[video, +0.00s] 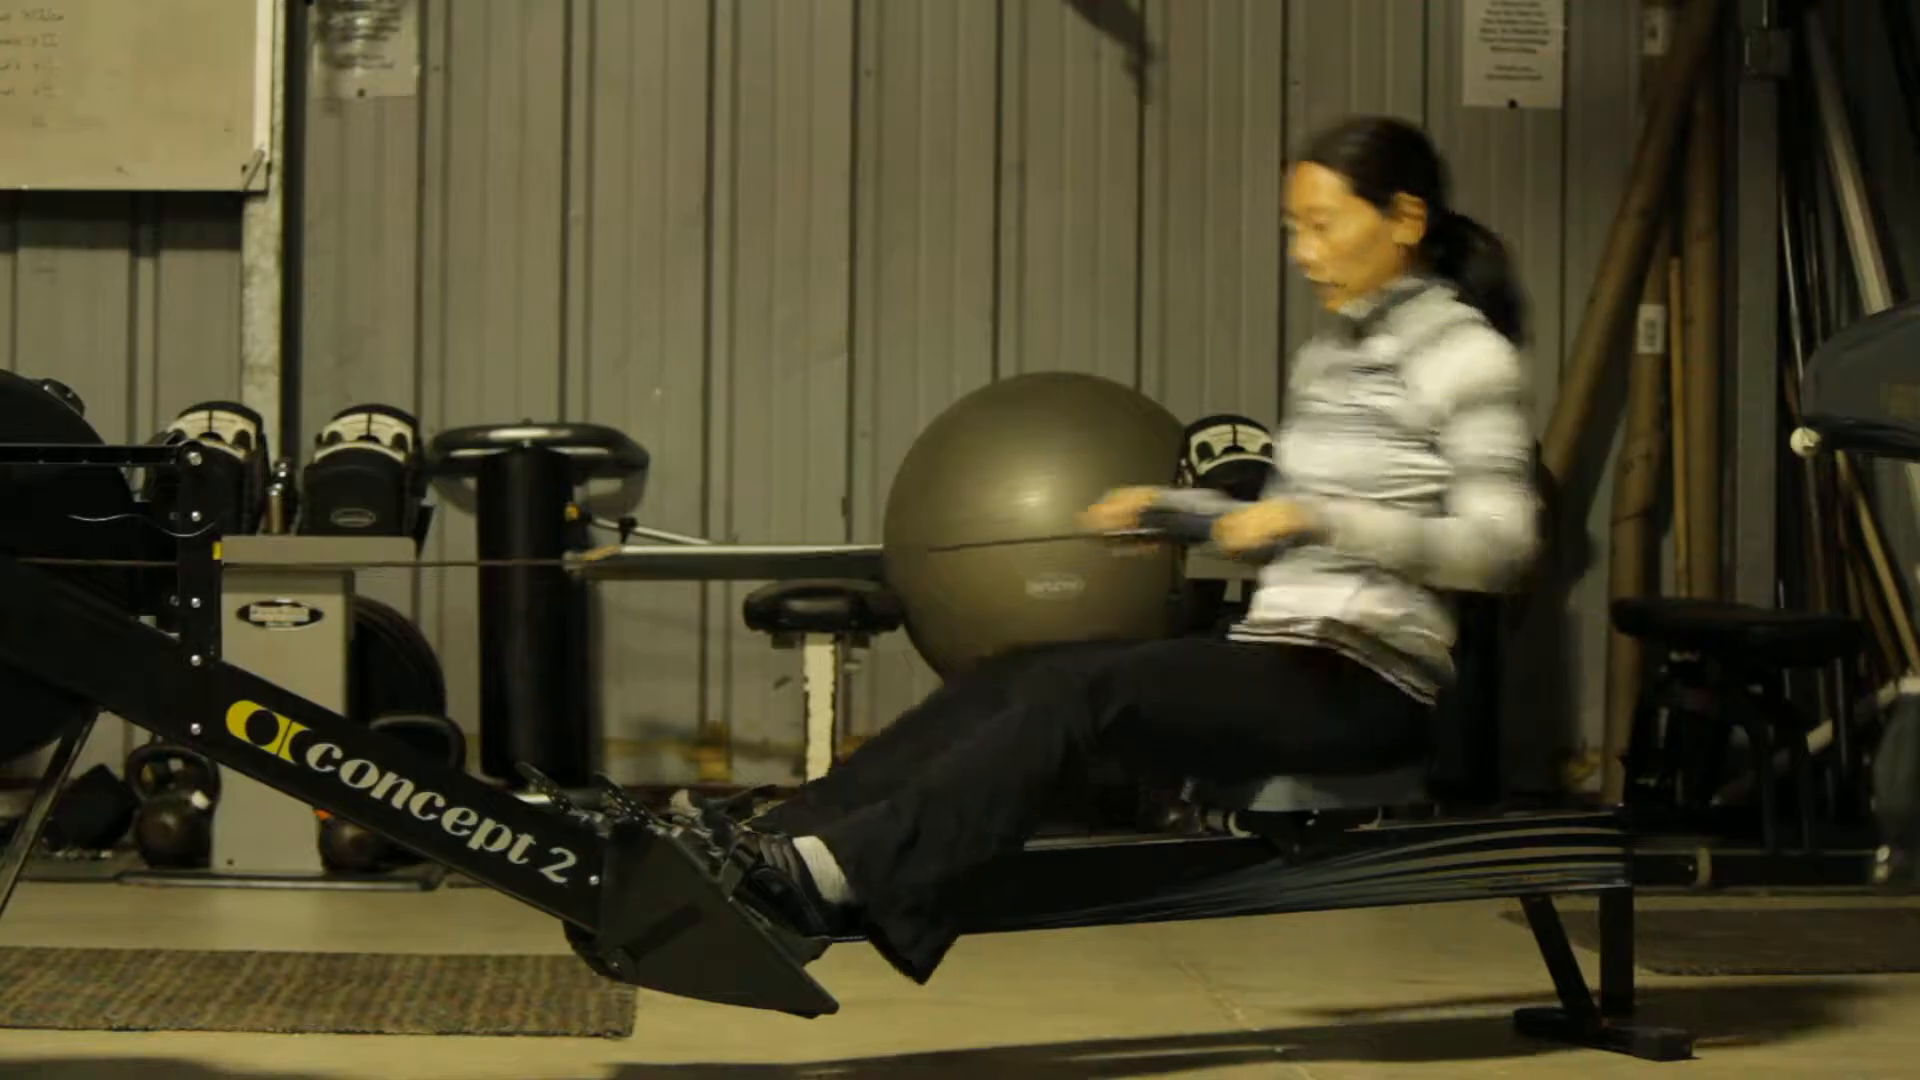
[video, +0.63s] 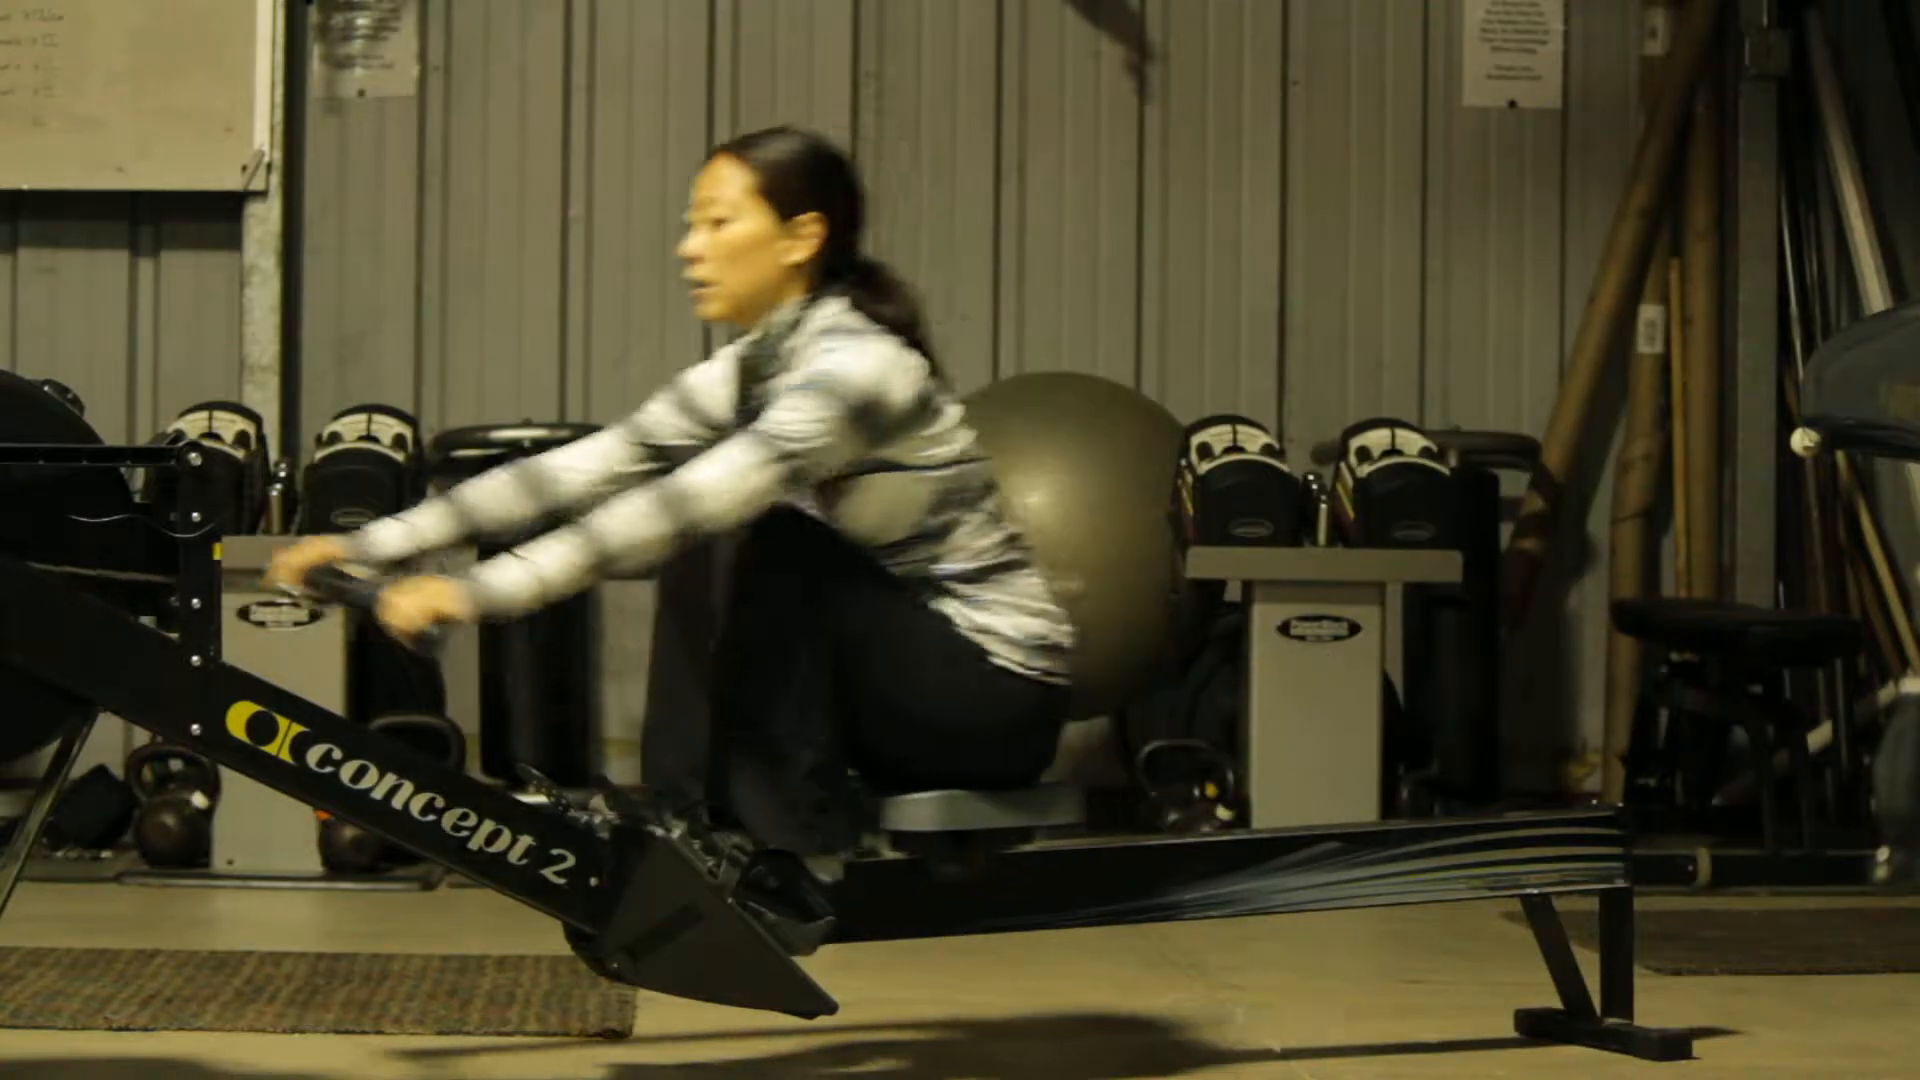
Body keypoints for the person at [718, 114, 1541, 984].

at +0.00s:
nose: (1301, 252)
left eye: (1320, 224)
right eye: (1295, 229)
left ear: (1406, 223)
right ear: (1302, 229)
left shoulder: (1466, 352)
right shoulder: (1332, 349)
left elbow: (1501, 543)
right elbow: (1298, 511)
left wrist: (1317, 519)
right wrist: (1175, 507)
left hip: (1370, 675)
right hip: (1275, 653)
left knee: (1069, 693)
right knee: (1011, 678)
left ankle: (826, 883)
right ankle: (777, 842)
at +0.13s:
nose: (1174, 228)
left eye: (1197, 201)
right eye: (1171, 203)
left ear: (1284, 201)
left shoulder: (1340, 332)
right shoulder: (1196, 347)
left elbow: (1313, 529)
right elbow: (1119, 516)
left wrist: (1107, 570)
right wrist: (955, 544)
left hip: (1315, 684)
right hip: (1215, 660)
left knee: (1027, 648)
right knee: (969, 634)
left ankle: (838, 874)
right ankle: (779, 834)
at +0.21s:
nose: (1080, 225)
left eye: (1105, 196)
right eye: (1077, 200)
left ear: (1194, 201)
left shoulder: (1248, 336)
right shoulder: (1113, 343)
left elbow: (1162, 538)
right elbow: (995, 509)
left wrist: (976, 612)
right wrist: (834, 584)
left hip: (1247, 692)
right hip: (1146, 663)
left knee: (966, 651)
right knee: (897, 623)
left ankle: (827, 877)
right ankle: (766, 838)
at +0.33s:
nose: (942, 225)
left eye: (969, 197)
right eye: (942, 201)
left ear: (1060, 206)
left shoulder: (1105, 341)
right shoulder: (987, 343)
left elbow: (988, 534)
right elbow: (856, 491)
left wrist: (812, 652)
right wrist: (675, 609)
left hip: (1166, 691)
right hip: (1072, 670)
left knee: (911, 617)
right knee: (841, 571)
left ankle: (845, 875)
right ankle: (760, 831)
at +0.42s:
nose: (859, 230)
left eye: (887, 203)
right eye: (858, 207)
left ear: (974, 212)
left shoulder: (1016, 346)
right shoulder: (904, 352)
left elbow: (890, 530)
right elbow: (762, 489)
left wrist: (712, 653)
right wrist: (575, 603)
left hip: (1109, 697)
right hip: (1022, 690)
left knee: (880, 576)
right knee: (824, 568)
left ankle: (821, 867)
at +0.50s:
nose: (779, 235)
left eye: (808, 209)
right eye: (781, 211)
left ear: (896, 222)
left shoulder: (942, 355)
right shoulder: (835, 354)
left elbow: (792, 530)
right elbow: (679, 479)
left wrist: (605, 640)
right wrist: (480, 585)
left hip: (1057, 691)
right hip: (975, 677)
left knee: (837, 567)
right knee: (767, 568)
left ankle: (793, 866)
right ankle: (696, 829)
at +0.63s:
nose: (688, 250)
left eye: (717, 224)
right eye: (691, 225)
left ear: (803, 240)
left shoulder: (858, 365)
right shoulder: (748, 369)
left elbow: (690, 503)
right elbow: (576, 470)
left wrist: (479, 591)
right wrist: (366, 547)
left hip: (995, 695)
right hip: (912, 685)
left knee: (771, 539)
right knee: (707, 547)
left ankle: (786, 857)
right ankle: (696, 831)